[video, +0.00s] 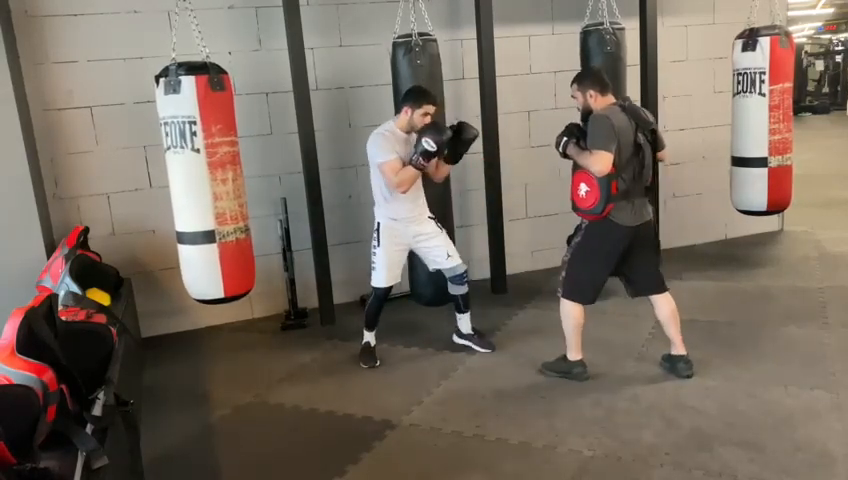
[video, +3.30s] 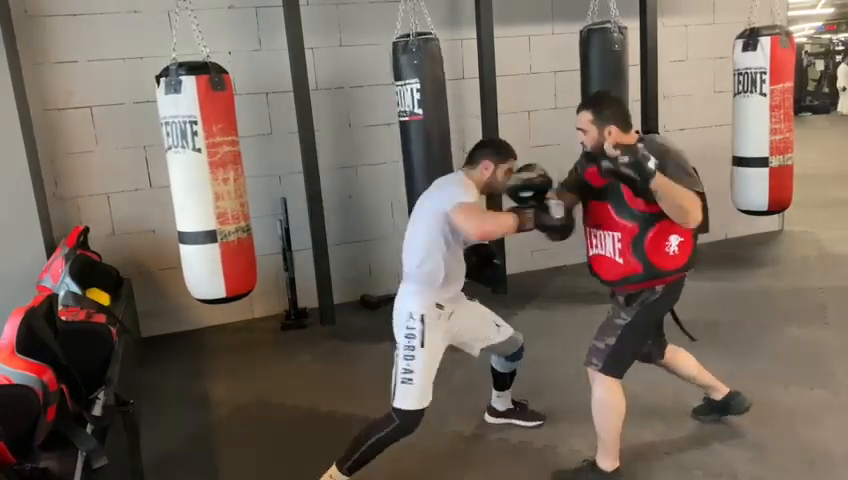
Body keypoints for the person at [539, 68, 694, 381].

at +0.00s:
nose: (576, 104)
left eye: (577, 97)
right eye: (575, 97)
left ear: (592, 94)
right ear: (605, 91)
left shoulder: (600, 119)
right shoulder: (636, 112)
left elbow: (601, 164)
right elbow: (661, 154)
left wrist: (572, 149)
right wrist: (621, 148)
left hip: (607, 225)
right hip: (642, 223)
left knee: (572, 290)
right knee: (655, 287)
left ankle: (573, 359)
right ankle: (680, 355)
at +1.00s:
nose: (607, 101)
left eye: (609, 93)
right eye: (606, 94)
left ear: (625, 89)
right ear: (634, 89)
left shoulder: (647, 111)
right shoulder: (662, 107)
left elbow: (660, 151)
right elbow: (660, 153)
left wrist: (612, 140)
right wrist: (615, 140)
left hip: (660, 214)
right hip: (682, 212)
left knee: (624, 286)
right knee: (685, 282)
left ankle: (624, 364)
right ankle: (700, 350)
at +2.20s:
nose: (605, 113)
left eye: (606, 106)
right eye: (604, 107)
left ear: (624, 104)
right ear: (635, 101)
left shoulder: (645, 128)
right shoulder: (665, 117)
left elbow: (640, 180)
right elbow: (670, 164)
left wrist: (596, 181)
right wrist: (621, 154)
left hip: (672, 226)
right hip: (697, 221)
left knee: (633, 295)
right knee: (688, 278)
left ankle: (625, 377)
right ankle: (727, 342)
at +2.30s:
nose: (602, 114)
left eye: (603, 107)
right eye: (600, 108)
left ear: (620, 104)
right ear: (632, 100)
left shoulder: (639, 127)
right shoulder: (662, 116)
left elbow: (638, 178)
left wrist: (592, 204)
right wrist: (615, 136)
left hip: (670, 224)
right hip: (697, 219)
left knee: (633, 297)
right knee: (685, 278)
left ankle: (625, 377)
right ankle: (717, 342)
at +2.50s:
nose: (625, 116)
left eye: (630, 108)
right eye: (623, 109)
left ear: (658, 104)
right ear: (663, 106)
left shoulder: (670, 141)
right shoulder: (691, 129)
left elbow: (665, 204)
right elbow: (661, 184)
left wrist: (604, 197)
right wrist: (626, 149)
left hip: (694, 263)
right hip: (723, 255)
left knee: (640, 348)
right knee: (705, 327)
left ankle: (639, 447)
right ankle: (741, 405)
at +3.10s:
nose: (604, 120)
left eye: (610, 112)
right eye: (602, 112)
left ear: (638, 111)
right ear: (638, 113)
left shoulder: (660, 147)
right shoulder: (640, 145)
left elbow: (675, 209)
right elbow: (609, 188)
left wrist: (608, 197)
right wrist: (592, 151)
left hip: (663, 273)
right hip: (667, 268)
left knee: (613, 363)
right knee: (687, 344)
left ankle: (604, 461)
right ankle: (738, 408)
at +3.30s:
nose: (581, 140)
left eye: (585, 132)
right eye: (580, 132)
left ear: (611, 131)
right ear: (602, 132)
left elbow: (693, 216)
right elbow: (566, 198)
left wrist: (647, 177)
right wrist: (547, 200)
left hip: (657, 279)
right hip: (625, 277)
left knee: (601, 365)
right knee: (654, 350)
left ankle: (605, 465)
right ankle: (723, 394)